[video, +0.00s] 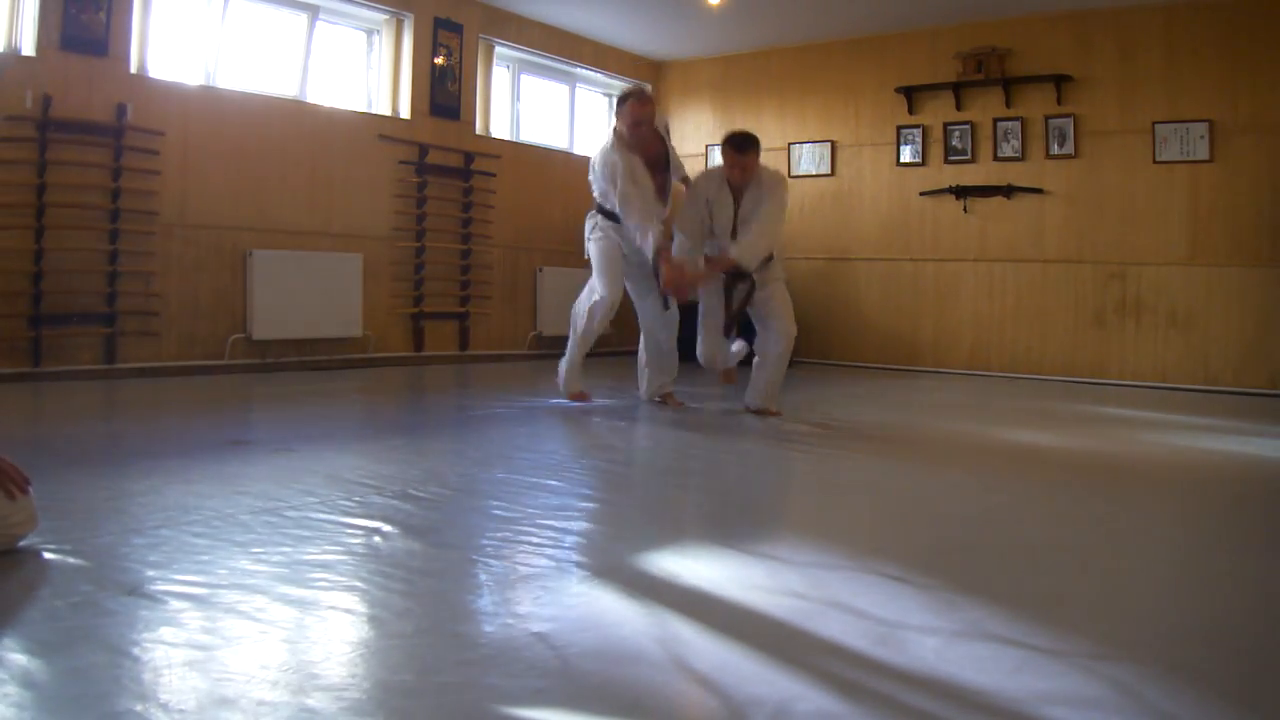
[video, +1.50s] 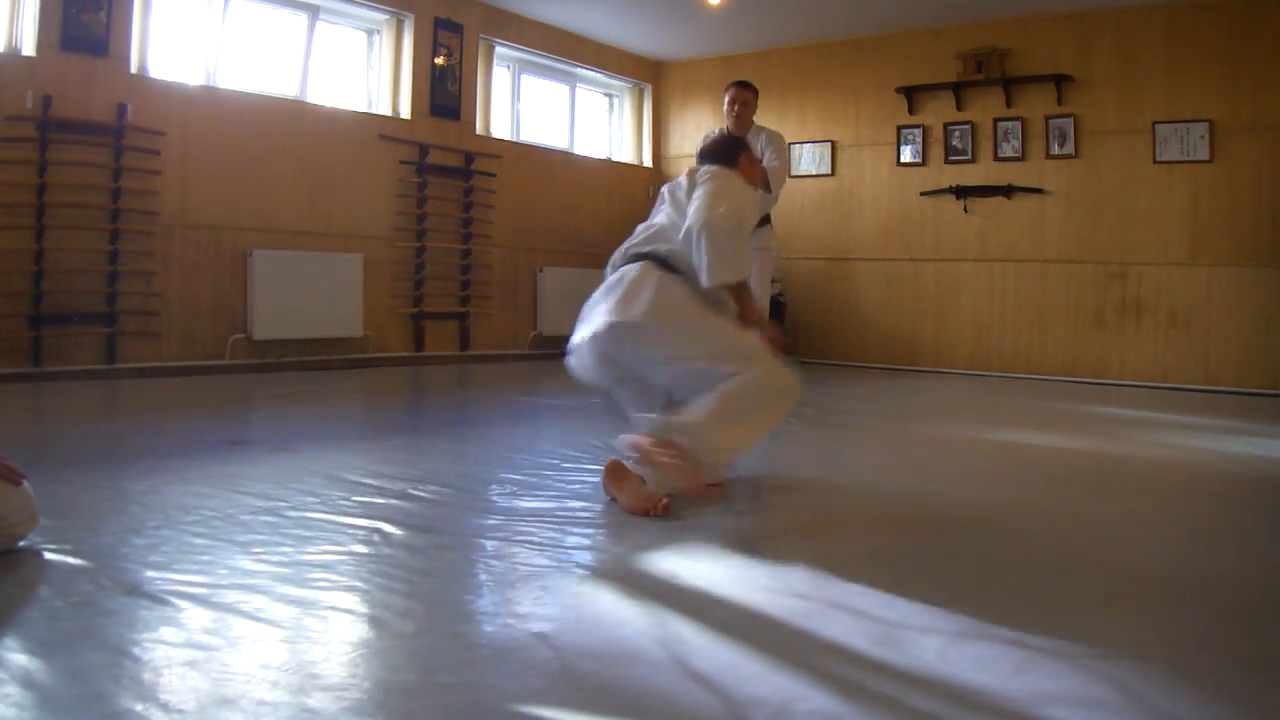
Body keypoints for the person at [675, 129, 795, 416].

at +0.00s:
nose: (736, 174)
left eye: (744, 167)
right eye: (730, 166)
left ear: (757, 161)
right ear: (722, 161)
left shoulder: (773, 183)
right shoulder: (704, 184)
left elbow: (766, 232)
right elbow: (687, 233)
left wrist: (730, 261)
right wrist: (681, 269)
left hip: (762, 271)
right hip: (714, 273)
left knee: (781, 331)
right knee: (709, 356)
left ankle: (760, 400)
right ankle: (734, 355)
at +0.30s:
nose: (741, 206)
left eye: (749, 201)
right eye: (737, 198)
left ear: (762, 200)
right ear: (729, 194)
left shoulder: (777, 227)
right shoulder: (711, 215)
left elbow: (783, 271)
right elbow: (673, 238)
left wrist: (744, 294)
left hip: (760, 308)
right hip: (723, 308)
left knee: (773, 314)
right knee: (717, 392)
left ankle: (761, 397)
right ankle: (748, 383)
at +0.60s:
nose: (735, 192)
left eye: (743, 187)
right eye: (730, 185)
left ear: (754, 190)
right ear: (722, 185)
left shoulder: (766, 215)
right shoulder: (708, 213)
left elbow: (785, 239)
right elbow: (677, 208)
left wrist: (767, 223)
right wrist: (679, 187)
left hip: (758, 296)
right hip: (720, 303)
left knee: (771, 314)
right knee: (715, 393)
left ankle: (756, 391)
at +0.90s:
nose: (747, 177)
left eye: (755, 172)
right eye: (743, 170)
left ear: (764, 178)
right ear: (734, 173)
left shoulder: (778, 212)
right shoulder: (712, 208)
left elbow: (816, 256)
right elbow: (679, 240)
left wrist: (795, 264)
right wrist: (679, 287)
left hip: (764, 287)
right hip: (723, 291)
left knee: (764, 326)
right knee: (724, 388)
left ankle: (755, 396)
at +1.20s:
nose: (747, 127)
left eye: (754, 123)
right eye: (742, 122)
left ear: (764, 129)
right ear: (733, 125)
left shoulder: (777, 160)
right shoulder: (716, 162)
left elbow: (785, 202)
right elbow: (709, 207)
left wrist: (756, 196)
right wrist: (733, 243)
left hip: (763, 246)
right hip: (724, 245)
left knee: (757, 316)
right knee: (716, 311)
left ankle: (757, 395)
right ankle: (736, 382)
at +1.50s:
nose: (736, 108)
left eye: (744, 104)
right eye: (731, 102)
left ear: (755, 109)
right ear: (724, 105)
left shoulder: (770, 139)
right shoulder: (712, 140)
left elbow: (775, 179)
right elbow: (698, 176)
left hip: (756, 229)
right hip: (715, 228)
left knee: (756, 303)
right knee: (716, 301)